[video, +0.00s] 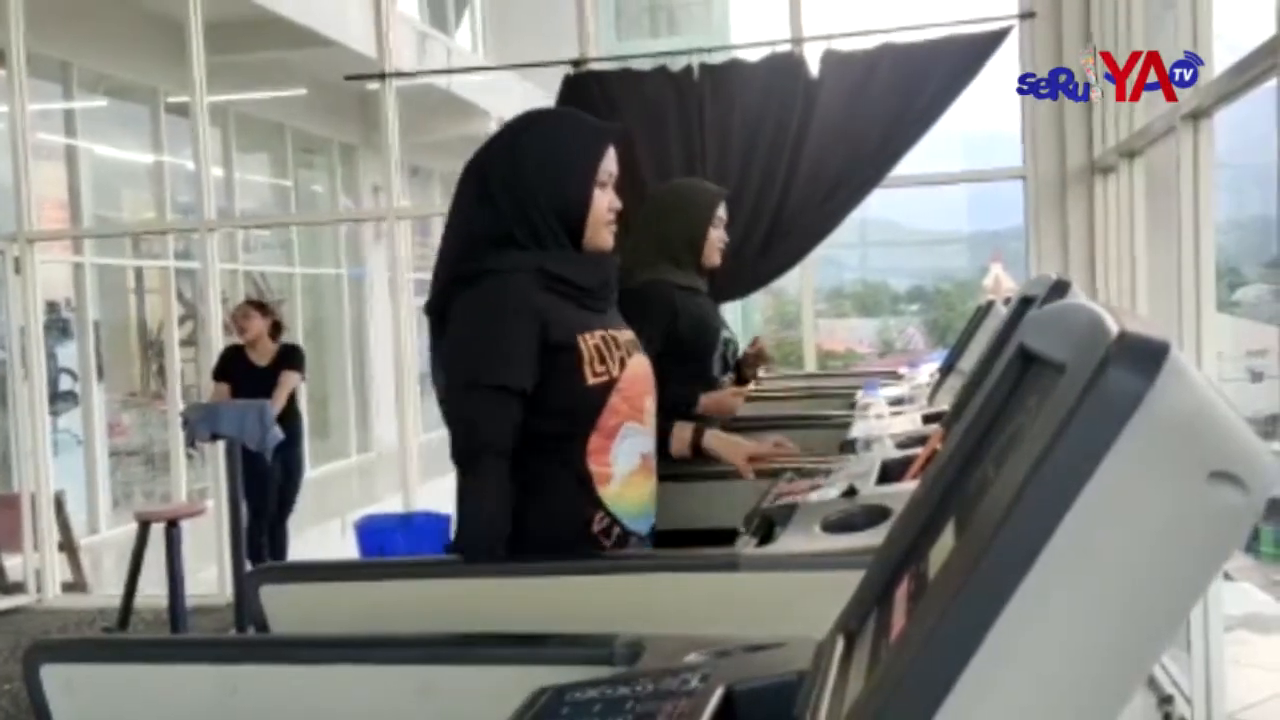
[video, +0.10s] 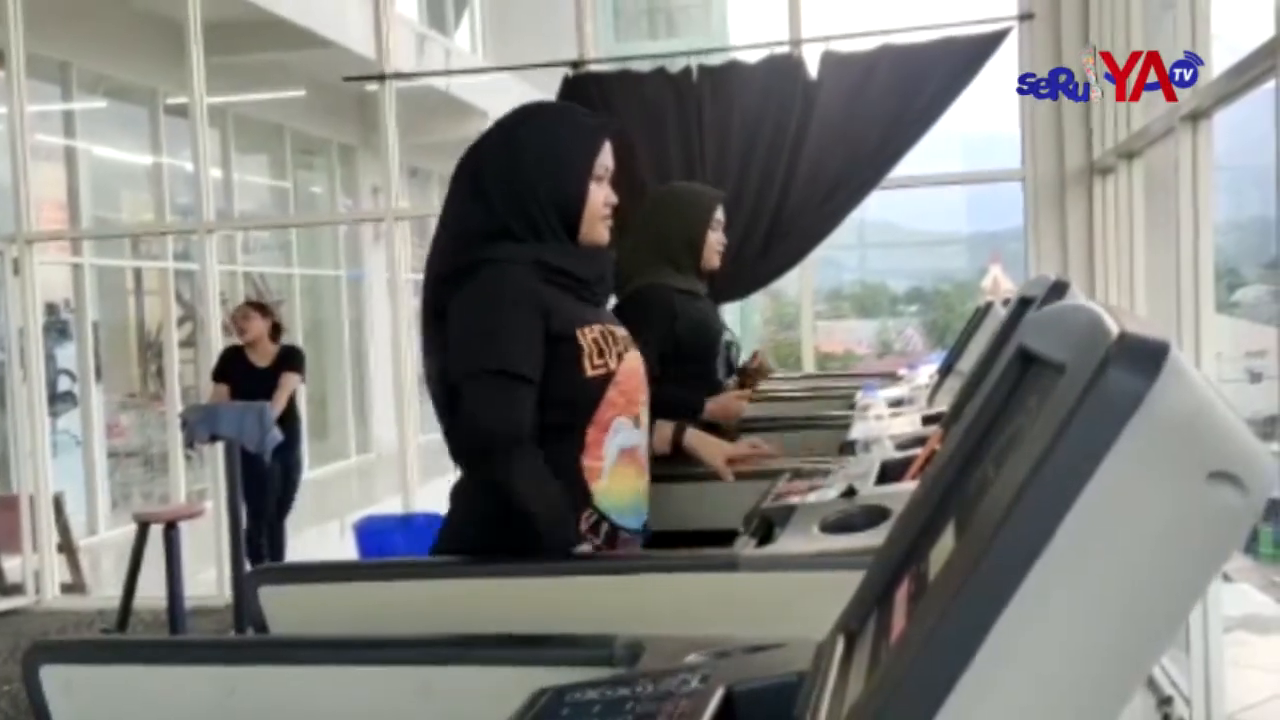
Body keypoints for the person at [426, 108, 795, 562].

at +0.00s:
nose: (618, 205)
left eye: (614, 187)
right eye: (602, 186)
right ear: (552, 188)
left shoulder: (581, 287)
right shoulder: (501, 299)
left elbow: (598, 421)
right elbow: (484, 460)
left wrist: (702, 439)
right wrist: (478, 592)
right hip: (545, 567)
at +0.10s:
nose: (613, 199)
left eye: (610, 181)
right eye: (599, 180)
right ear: (550, 181)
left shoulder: (569, 284)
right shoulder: (503, 289)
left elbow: (585, 422)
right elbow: (497, 448)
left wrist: (682, 438)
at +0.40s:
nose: (615, 216)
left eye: (612, 199)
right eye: (601, 199)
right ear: (552, 201)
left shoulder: (563, 301)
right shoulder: (514, 307)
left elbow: (582, 419)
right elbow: (541, 456)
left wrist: (679, 456)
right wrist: (668, 541)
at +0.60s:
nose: (620, 195)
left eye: (617, 179)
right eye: (605, 179)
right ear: (557, 181)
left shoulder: (583, 278)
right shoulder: (510, 286)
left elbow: (592, 415)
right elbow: (503, 453)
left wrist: (693, 425)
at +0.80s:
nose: (623, 217)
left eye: (618, 201)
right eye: (606, 201)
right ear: (556, 205)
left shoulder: (585, 303)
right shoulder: (502, 312)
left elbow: (604, 432)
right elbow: (470, 474)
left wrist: (721, 427)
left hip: (596, 567)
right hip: (529, 581)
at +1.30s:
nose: (621, 212)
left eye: (618, 195)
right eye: (606, 195)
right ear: (558, 198)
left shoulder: (568, 299)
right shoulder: (521, 301)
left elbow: (583, 438)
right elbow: (540, 451)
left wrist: (655, 499)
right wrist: (667, 525)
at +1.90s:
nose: (633, 220)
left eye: (630, 204)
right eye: (619, 203)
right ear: (571, 201)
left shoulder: (594, 303)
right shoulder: (513, 311)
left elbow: (611, 438)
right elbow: (484, 471)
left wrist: (715, 462)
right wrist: (460, 585)